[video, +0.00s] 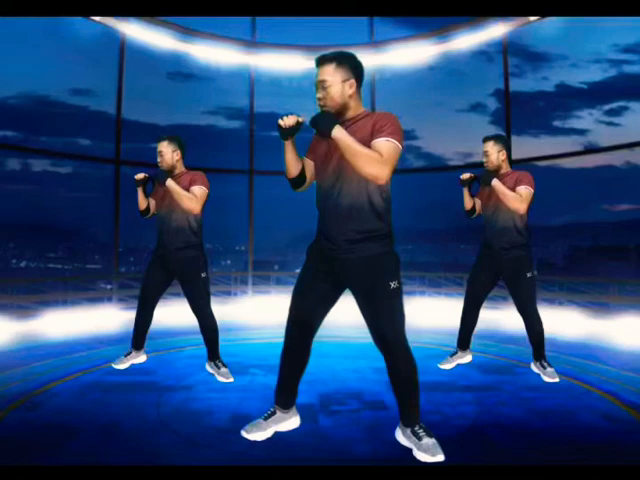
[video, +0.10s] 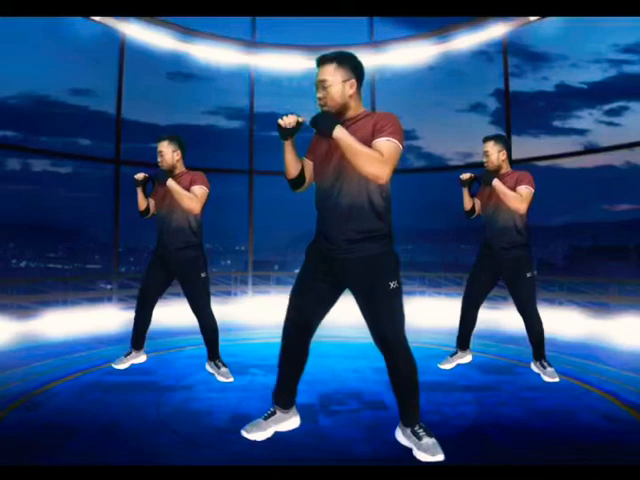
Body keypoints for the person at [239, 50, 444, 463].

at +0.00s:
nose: (319, 93)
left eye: (325, 86)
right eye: (318, 87)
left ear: (350, 85)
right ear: (333, 89)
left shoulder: (383, 122)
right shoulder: (323, 135)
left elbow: (380, 172)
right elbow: (299, 181)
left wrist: (334, 130)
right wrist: (288, 140)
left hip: (373, 253)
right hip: (327, 252)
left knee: (393, 342)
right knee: (298, 329)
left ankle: (411, 426)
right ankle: (283, 410)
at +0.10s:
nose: (319, 93)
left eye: (325, 85)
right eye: (318, 87)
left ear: (351, 85)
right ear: (333, 89)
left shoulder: (384, 123)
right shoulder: (323, 134)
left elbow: (381, 171)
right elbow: (299, 181)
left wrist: (335, 130)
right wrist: (287, 140)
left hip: (373, 253)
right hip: (326, 252)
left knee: (393, 342)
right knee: (296, 329)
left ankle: (411, 425)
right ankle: (283, 409)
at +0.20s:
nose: (320, 99)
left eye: (326, 91)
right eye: (319, 92)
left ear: (351, 91)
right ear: (333, 94)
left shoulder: (383, 129)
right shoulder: (321, 140)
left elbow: (383, 177)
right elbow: (295, 186)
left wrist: (338, 136)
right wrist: (285, 144)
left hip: (373, 259)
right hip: (325, 258)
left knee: (394, 348)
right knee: (285, 329)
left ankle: (411, 426)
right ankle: (283, 410)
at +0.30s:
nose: (321, 110)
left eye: (328, 102)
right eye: (319, 103)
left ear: (353, 103)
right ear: (327, 106)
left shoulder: (383, 145)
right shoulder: (318, 151)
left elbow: (386, 193)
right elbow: (284, 197)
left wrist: (341, 151)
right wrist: (275, 154)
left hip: (371, 271)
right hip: (322, 268)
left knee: (397, 359)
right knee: (274, 334)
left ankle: (412, 428)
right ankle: (281, 410)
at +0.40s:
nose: (321, 102)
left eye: (328, 94)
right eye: (320, 95)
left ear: (354, 96)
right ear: (325, 99)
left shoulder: (382, 138)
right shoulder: (316, 148)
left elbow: (390, 187)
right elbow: (279, 185)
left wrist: (347, 141)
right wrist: (272, 142)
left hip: (369, 266)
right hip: (321, 263)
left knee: (396, 356)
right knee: (277, 331)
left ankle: (412, 428)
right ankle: (280, 409)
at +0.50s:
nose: (326, 77)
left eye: (332, 69)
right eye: (322, 71)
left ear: (356, 69)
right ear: (321, 75)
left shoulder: (384, 112)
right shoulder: (315, 124)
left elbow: (394, 155)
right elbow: (277, 161)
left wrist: (349, 112)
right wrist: (273, 116)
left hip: (368, 240)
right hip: (319, 239)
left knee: (393, 332)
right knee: (289, 321)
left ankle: (413, 418)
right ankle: (271, 399)